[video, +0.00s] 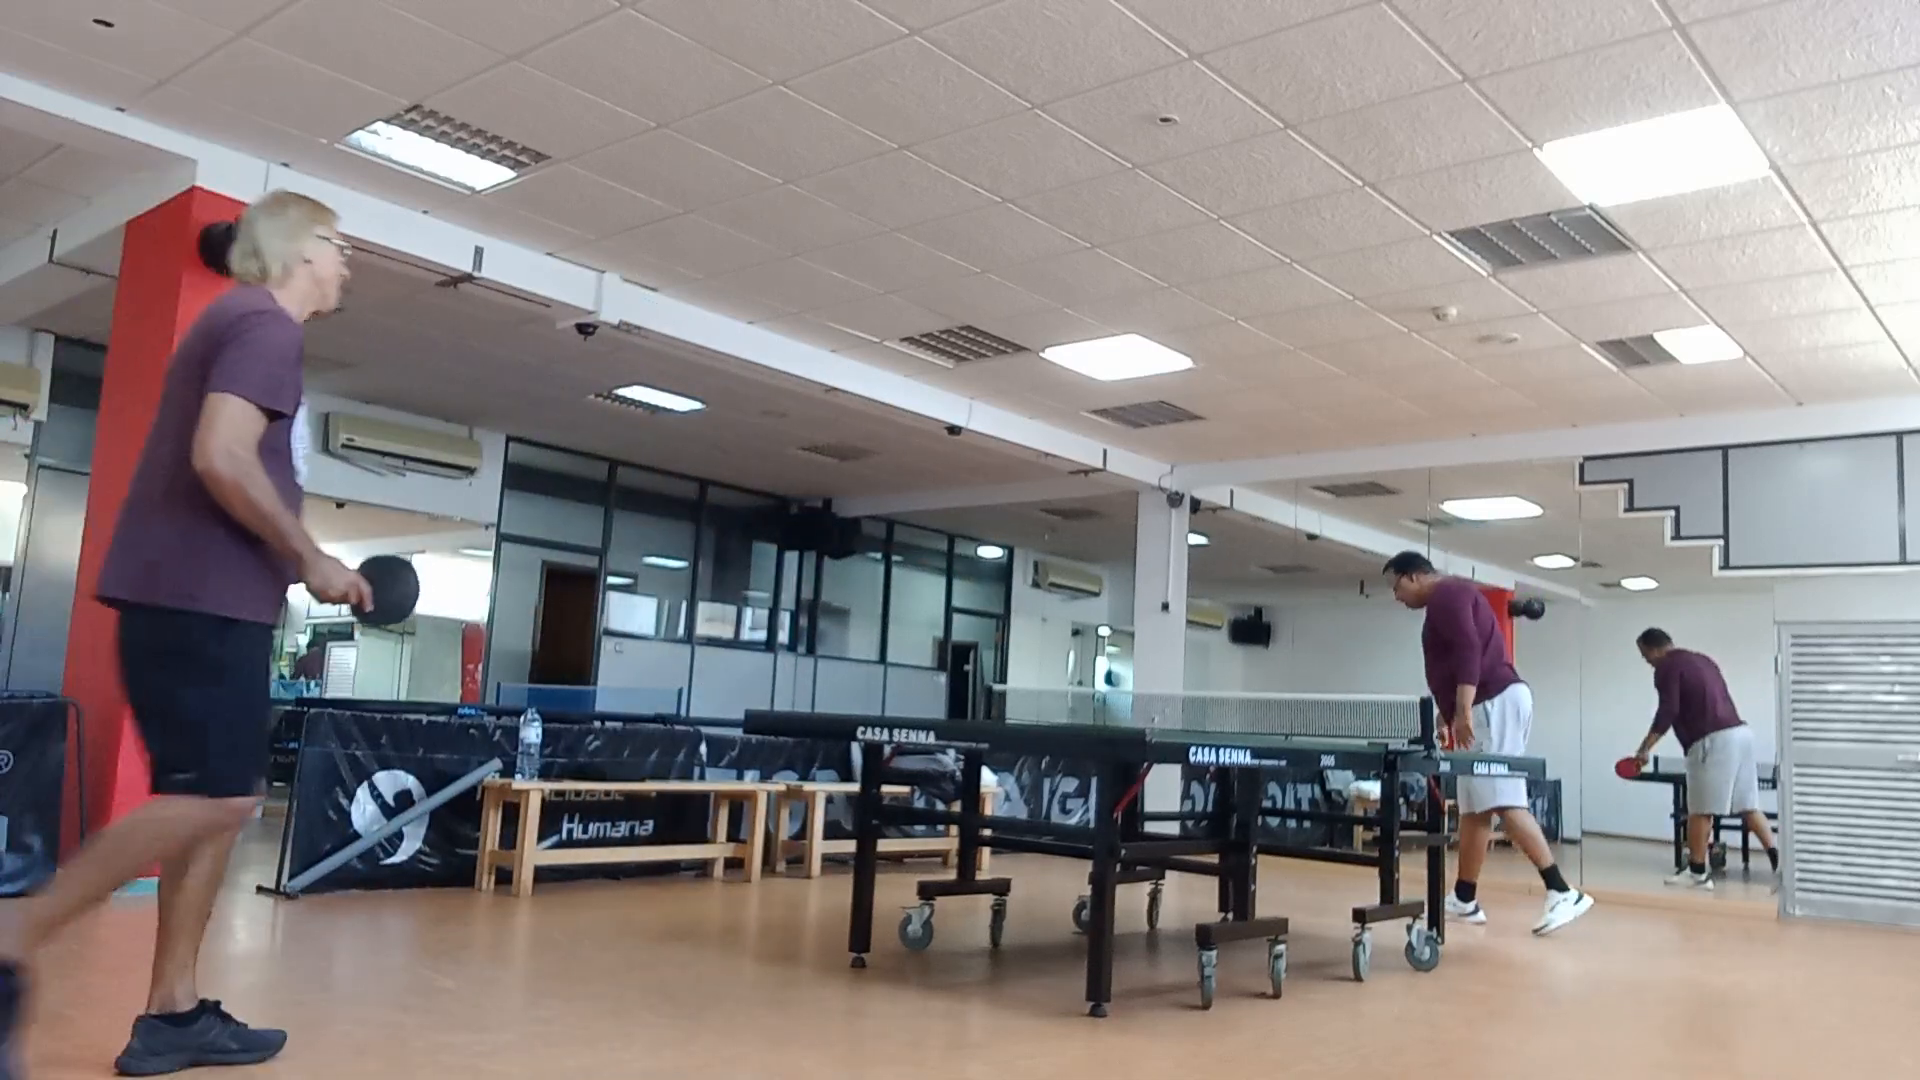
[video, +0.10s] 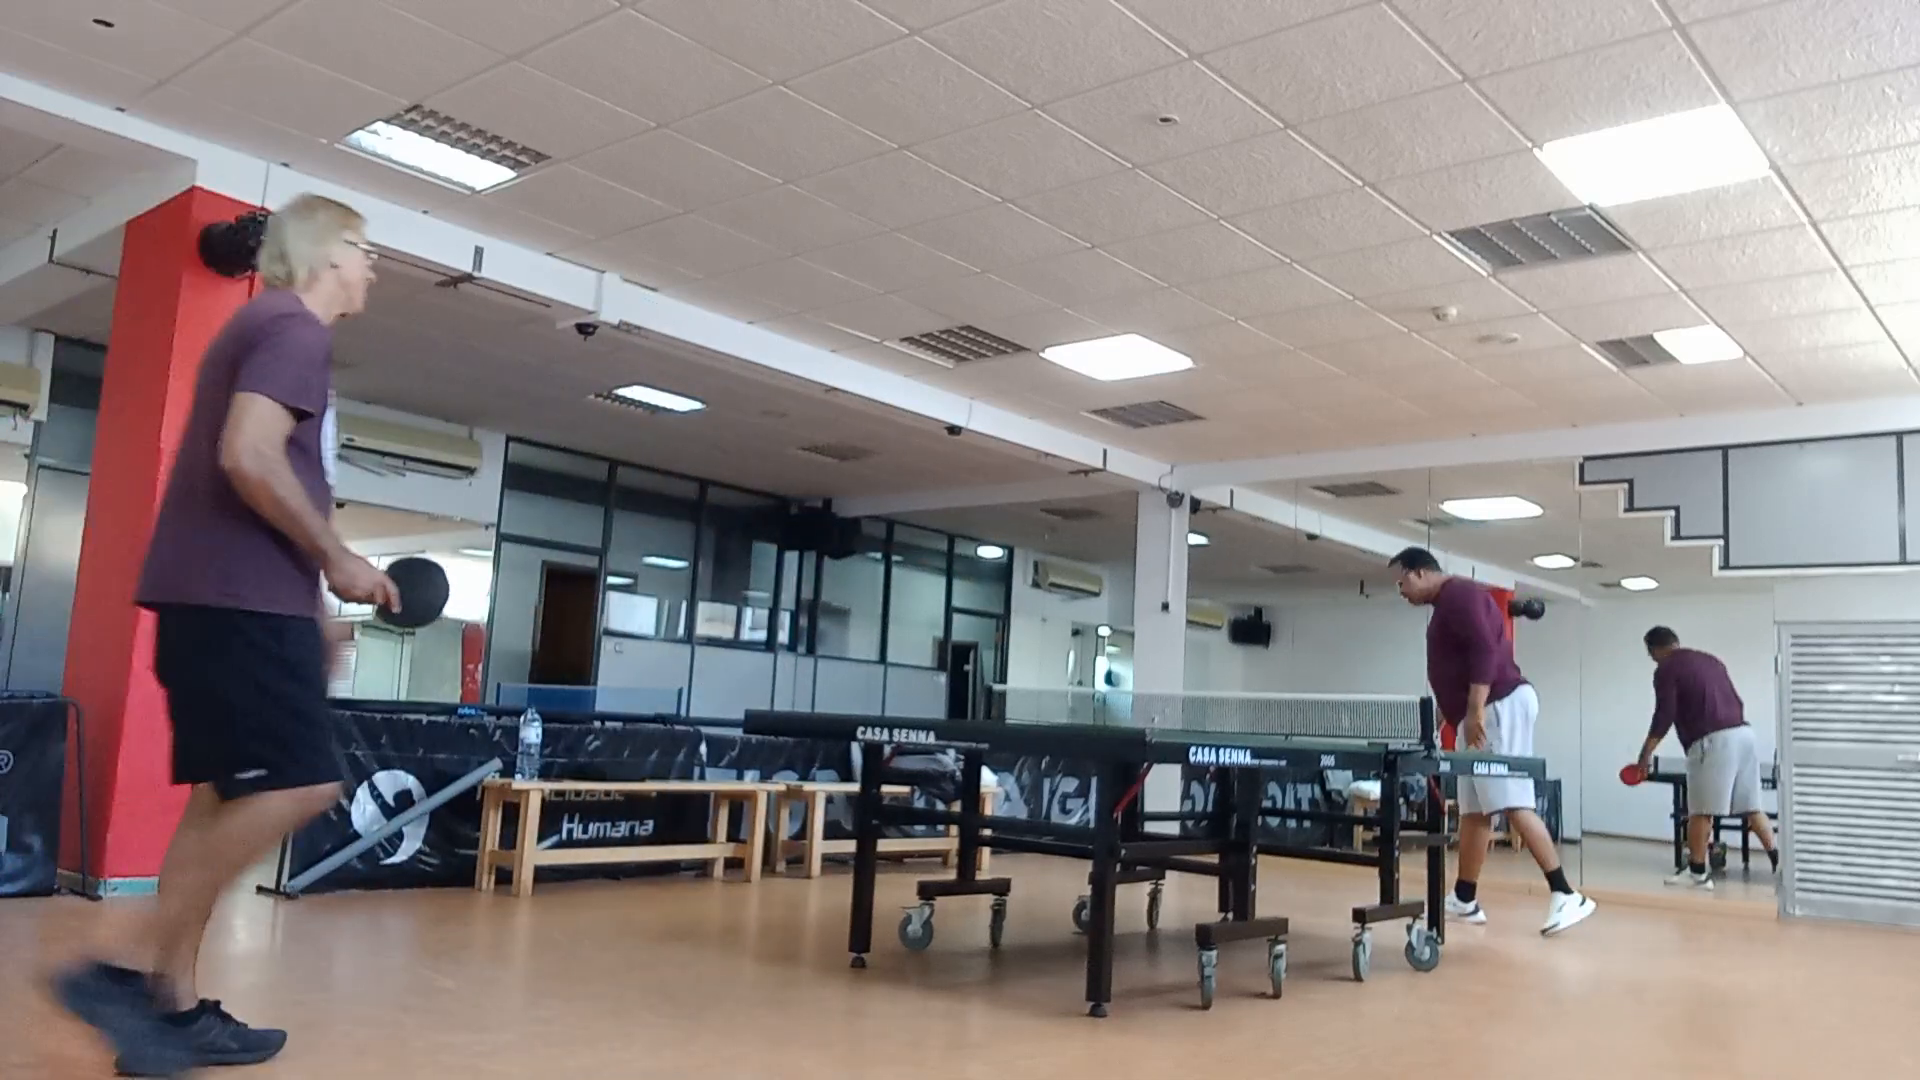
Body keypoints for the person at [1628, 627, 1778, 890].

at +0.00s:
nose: (1648, 662)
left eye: (1646, 656)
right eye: (1645, 658)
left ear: (1652, 650)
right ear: (1669, 644)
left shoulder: (1667, 666)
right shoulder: (1700, 658)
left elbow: (1669, 711)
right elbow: (1713, 701)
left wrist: (1644, 749)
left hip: (1711, 740)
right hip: (1740, 733)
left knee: (1699, 811)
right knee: (1749, 806)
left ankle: (1698, 872)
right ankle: (1776, 858)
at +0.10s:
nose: (1654, 660)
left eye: (1652, 655)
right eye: (1652, 656)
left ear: (1656, 649)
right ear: (1676, 643)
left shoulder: (1666, 669)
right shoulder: (1708, 658)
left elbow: (1665, 715)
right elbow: (1735, 702)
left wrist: (1646, 752)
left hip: (1712, 740)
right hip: (1743, 734)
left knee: (1700, 811)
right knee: (1752, 806)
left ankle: (1698, 872)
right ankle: (1777, 858)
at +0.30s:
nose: (1672, 651)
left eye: (1671, 647)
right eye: (1673, 647)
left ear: (1672, 645)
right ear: (1696, 638)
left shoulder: (1673, 673)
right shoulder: (1730, 658)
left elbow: (1663, 719)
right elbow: (1758, 697)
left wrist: (1647, 754)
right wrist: (1753, 730)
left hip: (1718, 741)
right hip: (1753, 738)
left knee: (1706, 811)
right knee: (1757, 806)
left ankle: (1698, 872)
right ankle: (1777, 864)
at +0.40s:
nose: (1684, 649)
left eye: (1683, 645)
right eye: (1685, 645)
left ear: (1684, 643)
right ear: (1709, 638)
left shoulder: (1683, 670)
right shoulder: (1742, 659)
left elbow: (1667, 711)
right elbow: (1769, 695)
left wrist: (1648, 734)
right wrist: (1769, 728)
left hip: (1724, 742)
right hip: (1759, 740)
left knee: (1710, 812)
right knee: (1763, 811)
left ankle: (1697, 873)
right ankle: (1775, 871)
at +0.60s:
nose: (1726, 645)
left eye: (1720, 641)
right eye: (1732, 639)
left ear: (1715, 642)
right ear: (1740, 638)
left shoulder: (1708, 670)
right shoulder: (1767, 663)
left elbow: (1690, 700)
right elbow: (1782, 695)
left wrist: (1686, 685)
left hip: (1739, 745)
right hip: (1775, 744)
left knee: (1717, 812)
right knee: (1777, 816)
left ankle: (1698, 871)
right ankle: (1776, 878)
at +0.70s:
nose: (1749, 643)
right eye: (1753, 638)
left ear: (1733, 640)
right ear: (1757, 638)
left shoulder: (1721, 669)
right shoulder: (1776, 663)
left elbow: (1705, 704)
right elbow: (1789, 696)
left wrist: (1727, 685)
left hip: (1745, 745)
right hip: (1780, 744)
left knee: (1727, 811)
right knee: (1780, 816)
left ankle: (1711, 870)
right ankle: (1776, 879)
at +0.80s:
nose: (1769, 642)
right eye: (1771, 636)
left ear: (1750, 638)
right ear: (1773, 636)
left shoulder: (1734, 669)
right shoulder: (1787, 665)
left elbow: (1722, 711)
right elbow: (1797, 701)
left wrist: (1744, 706)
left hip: (1752, 743)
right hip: (1784, 742)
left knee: (1746, 808)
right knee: (1783, 810)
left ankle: (1741, 867)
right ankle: (1777, 873)